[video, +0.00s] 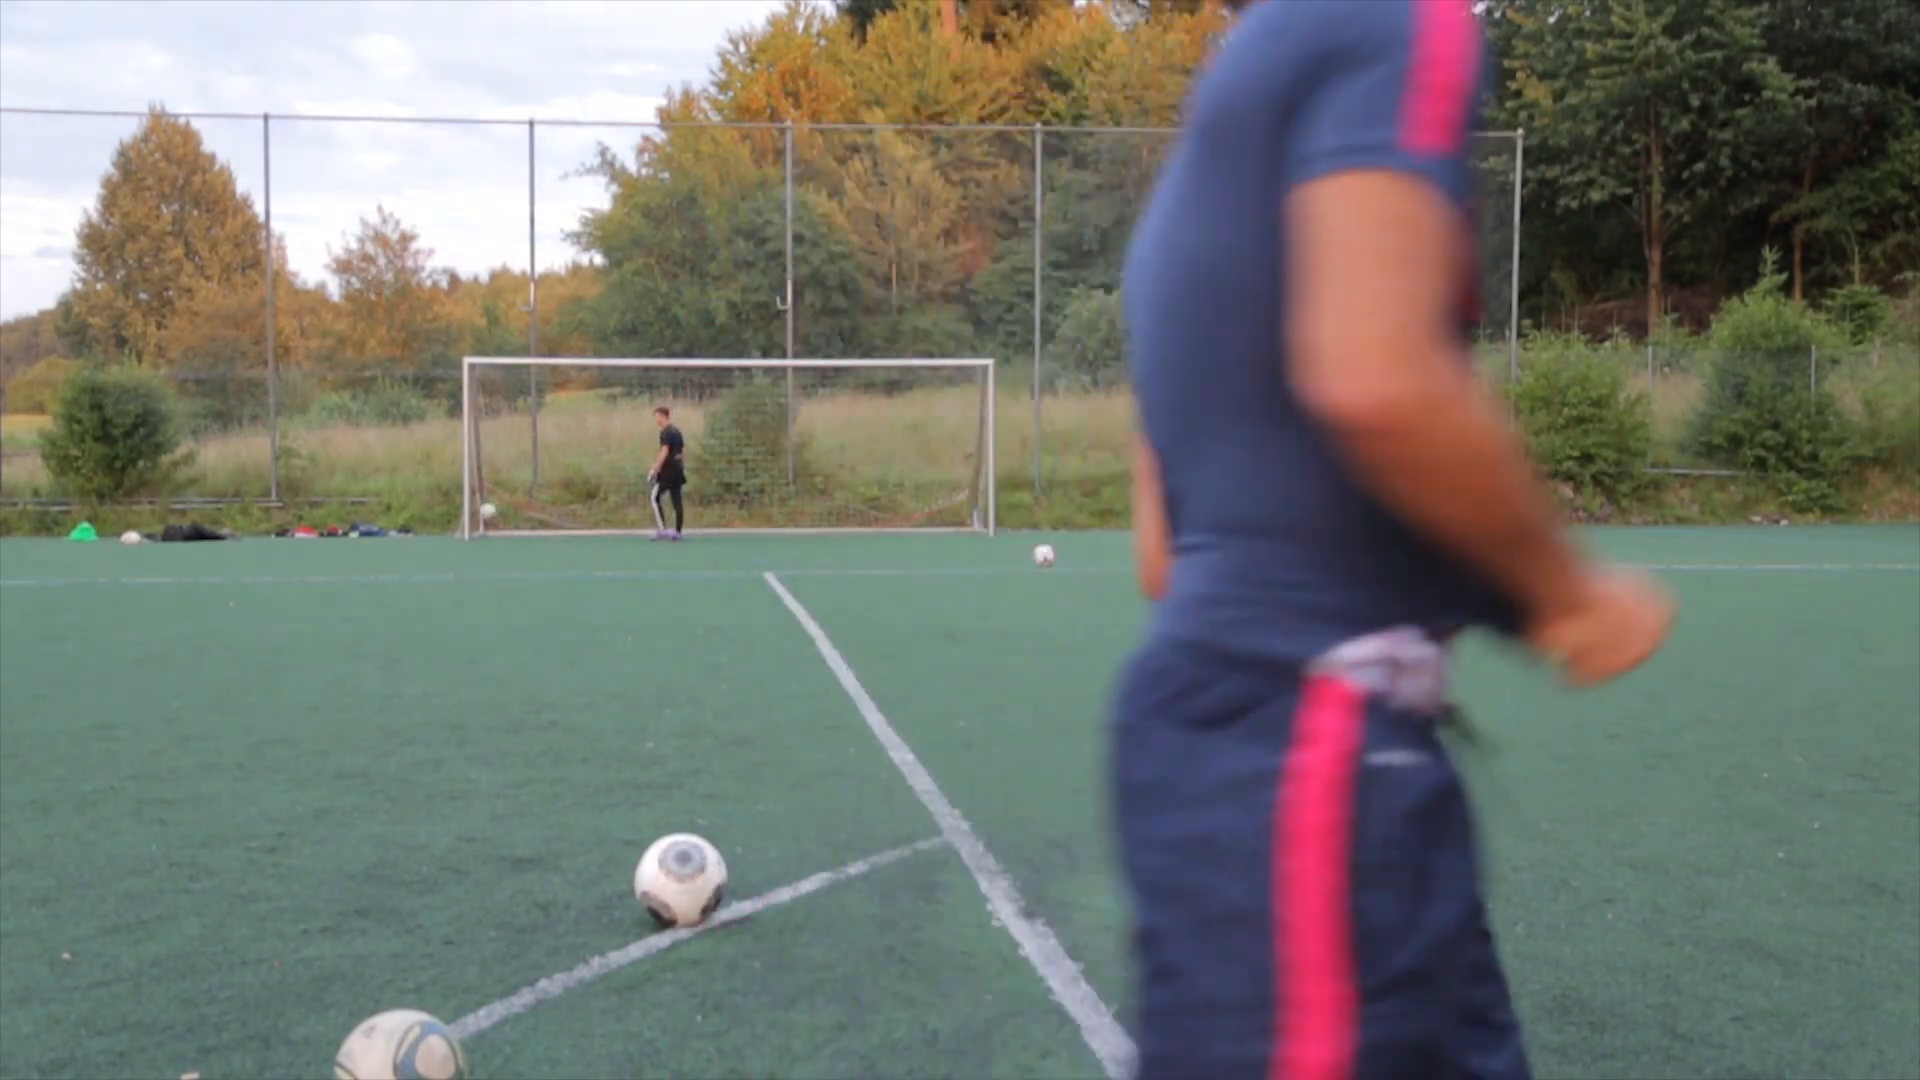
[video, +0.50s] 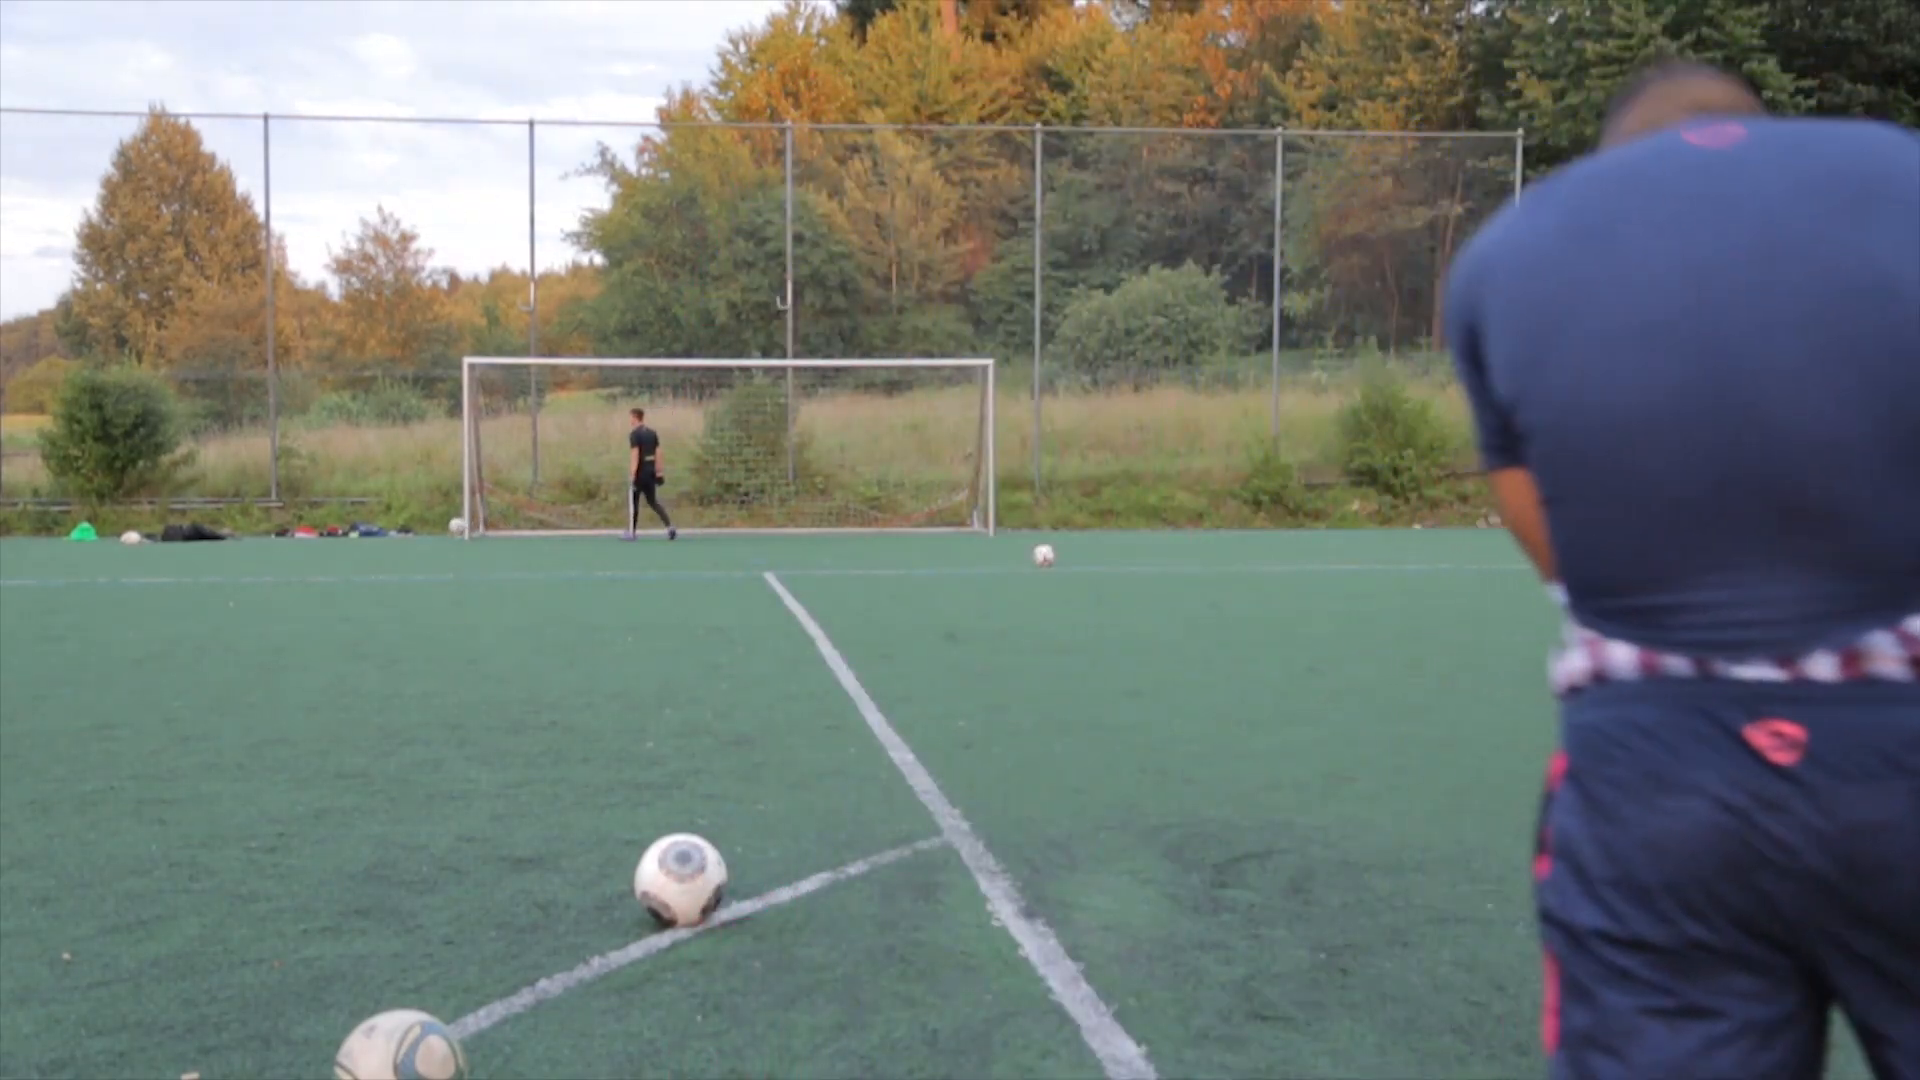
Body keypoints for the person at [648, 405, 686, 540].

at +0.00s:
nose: (656, 421)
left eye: (657, 417)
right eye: (656, 418)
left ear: (664, 417)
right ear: (666, 417)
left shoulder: (666, 432)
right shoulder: (677, 432)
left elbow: (665, 452)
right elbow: (680, 454)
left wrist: (655, 469)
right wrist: (679, 468)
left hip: (667, 470)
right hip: (677, 470)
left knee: (654, 496)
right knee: (677, 501)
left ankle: (661, 529)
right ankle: (678, 530)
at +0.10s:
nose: (654, 421)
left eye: (655, 418)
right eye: (653, 418)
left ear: (660, 417)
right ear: (665, 417)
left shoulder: (661, 432)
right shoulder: (674, 432)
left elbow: (661, 452)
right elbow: (678, 452)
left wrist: (652, 470)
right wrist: (678, 468)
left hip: (664, 467)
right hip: (675, 466)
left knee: (652, 496)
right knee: (677, 500)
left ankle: (649, 529)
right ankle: (678, 531)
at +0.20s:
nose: (648, 422)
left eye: (649, 418)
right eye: (648, 418)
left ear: (655, 418)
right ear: (660, 418)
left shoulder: (655, 433)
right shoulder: (670, 432)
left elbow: (656, 454)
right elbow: (675, 454)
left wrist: (649, 473)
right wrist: (676, 470)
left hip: (660, 468)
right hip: (671, 467)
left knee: (650, 501)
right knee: (676, 503)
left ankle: (638, 529)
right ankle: (678, 531)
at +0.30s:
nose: (643, 422)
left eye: (644, 419)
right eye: (643, 419)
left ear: (650, 419)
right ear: (654, 419)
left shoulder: (648, 435)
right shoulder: (665, 433)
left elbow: (649, 457)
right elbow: (671, 455)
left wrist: (645, 474)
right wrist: (672, 471)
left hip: (654, 469)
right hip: (667, 468)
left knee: (645, 502)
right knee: (671, 502)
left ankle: (635, 530)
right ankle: (677, 531)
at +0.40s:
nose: (637, 422)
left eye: (638, 419)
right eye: (637, 419)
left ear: (643, 419)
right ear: (648, 419)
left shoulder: (641, 435)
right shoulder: (659, 434)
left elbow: (642, 457)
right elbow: (663, 455)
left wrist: (640, 476)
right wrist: (665, 471)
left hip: (647, 470)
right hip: (659, 468)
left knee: (638, 500)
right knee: (663, 503)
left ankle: (632, 531)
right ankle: (675, 530)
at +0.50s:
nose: (631, 421)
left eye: (632, 418)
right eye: (631, 418)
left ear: (636, 419)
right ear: (642, 418)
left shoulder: (635, 434)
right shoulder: (652, 433)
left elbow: (635, 456)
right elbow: (658, 453)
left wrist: (632, 475)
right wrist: (659, 471)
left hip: (640, 470)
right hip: (651, 469)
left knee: (634, 500)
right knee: (652, 501)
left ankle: (632, 530)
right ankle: (669, 526)